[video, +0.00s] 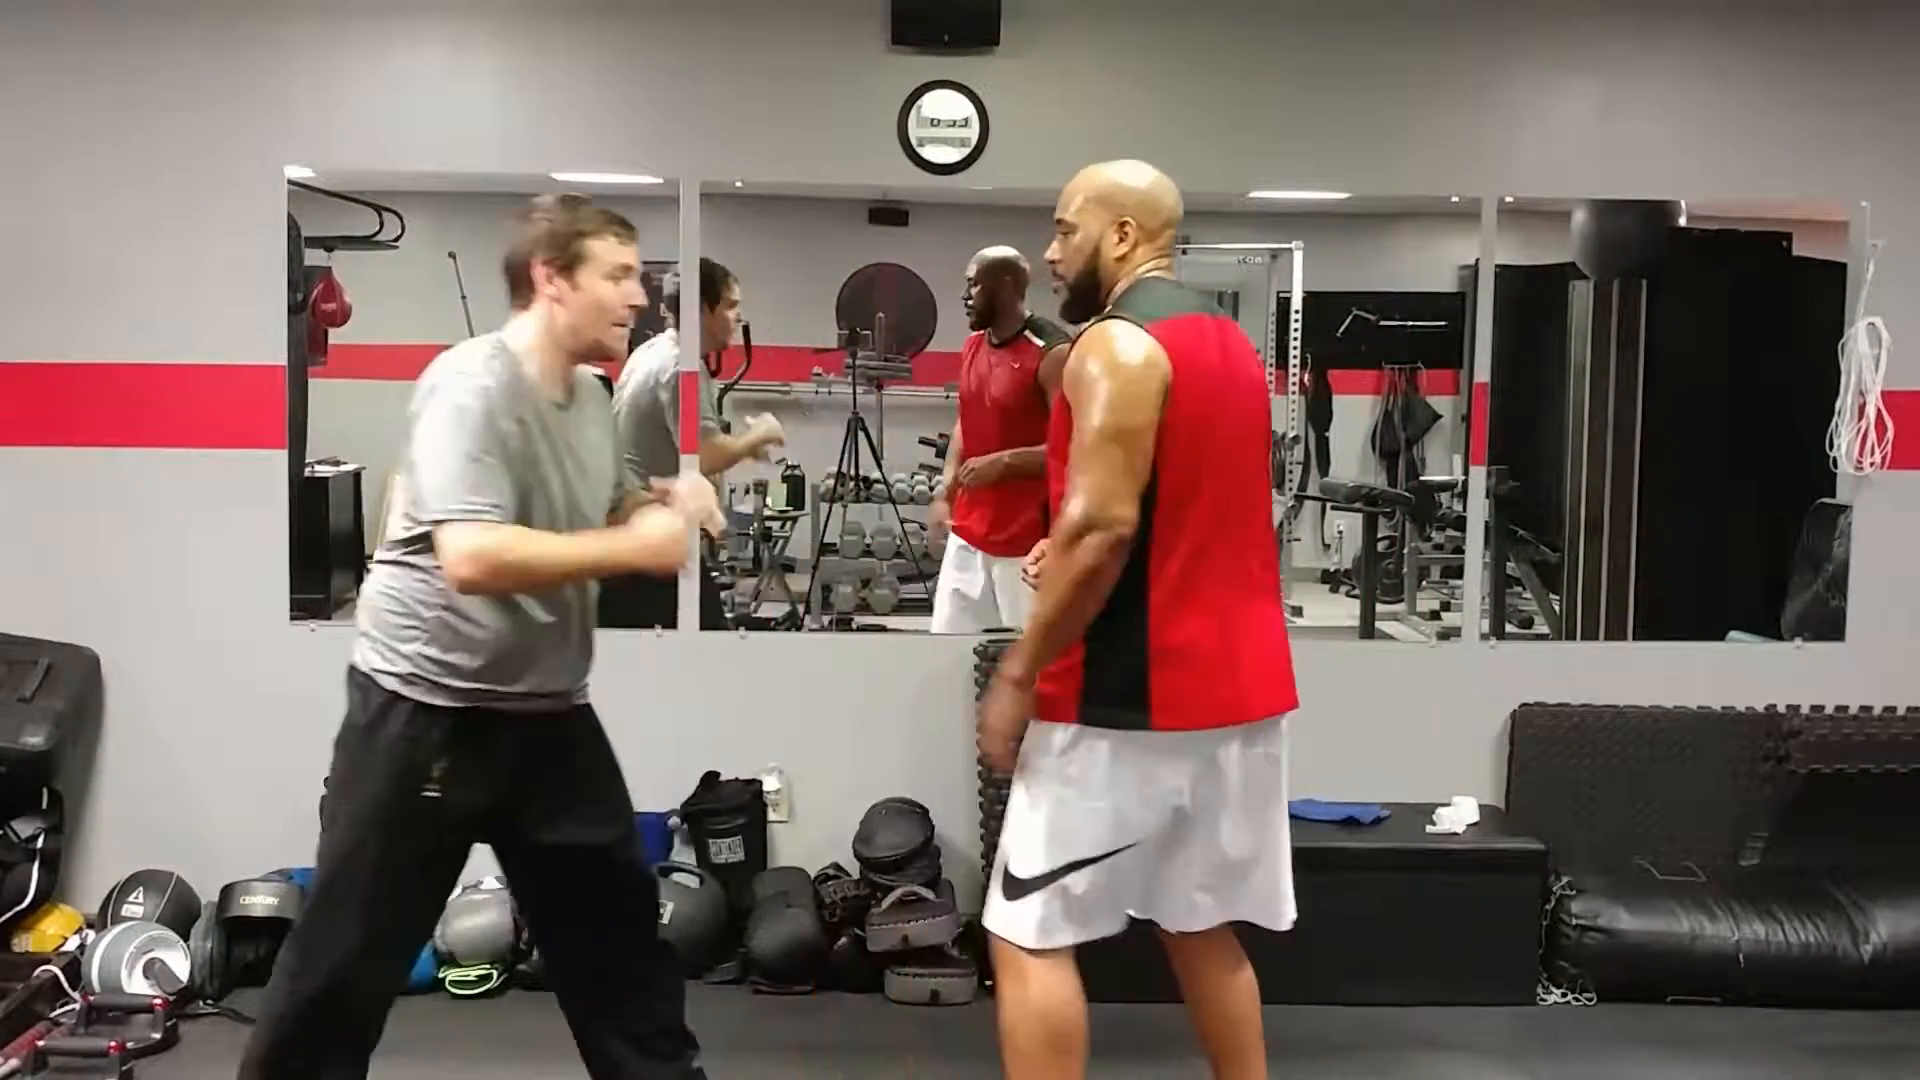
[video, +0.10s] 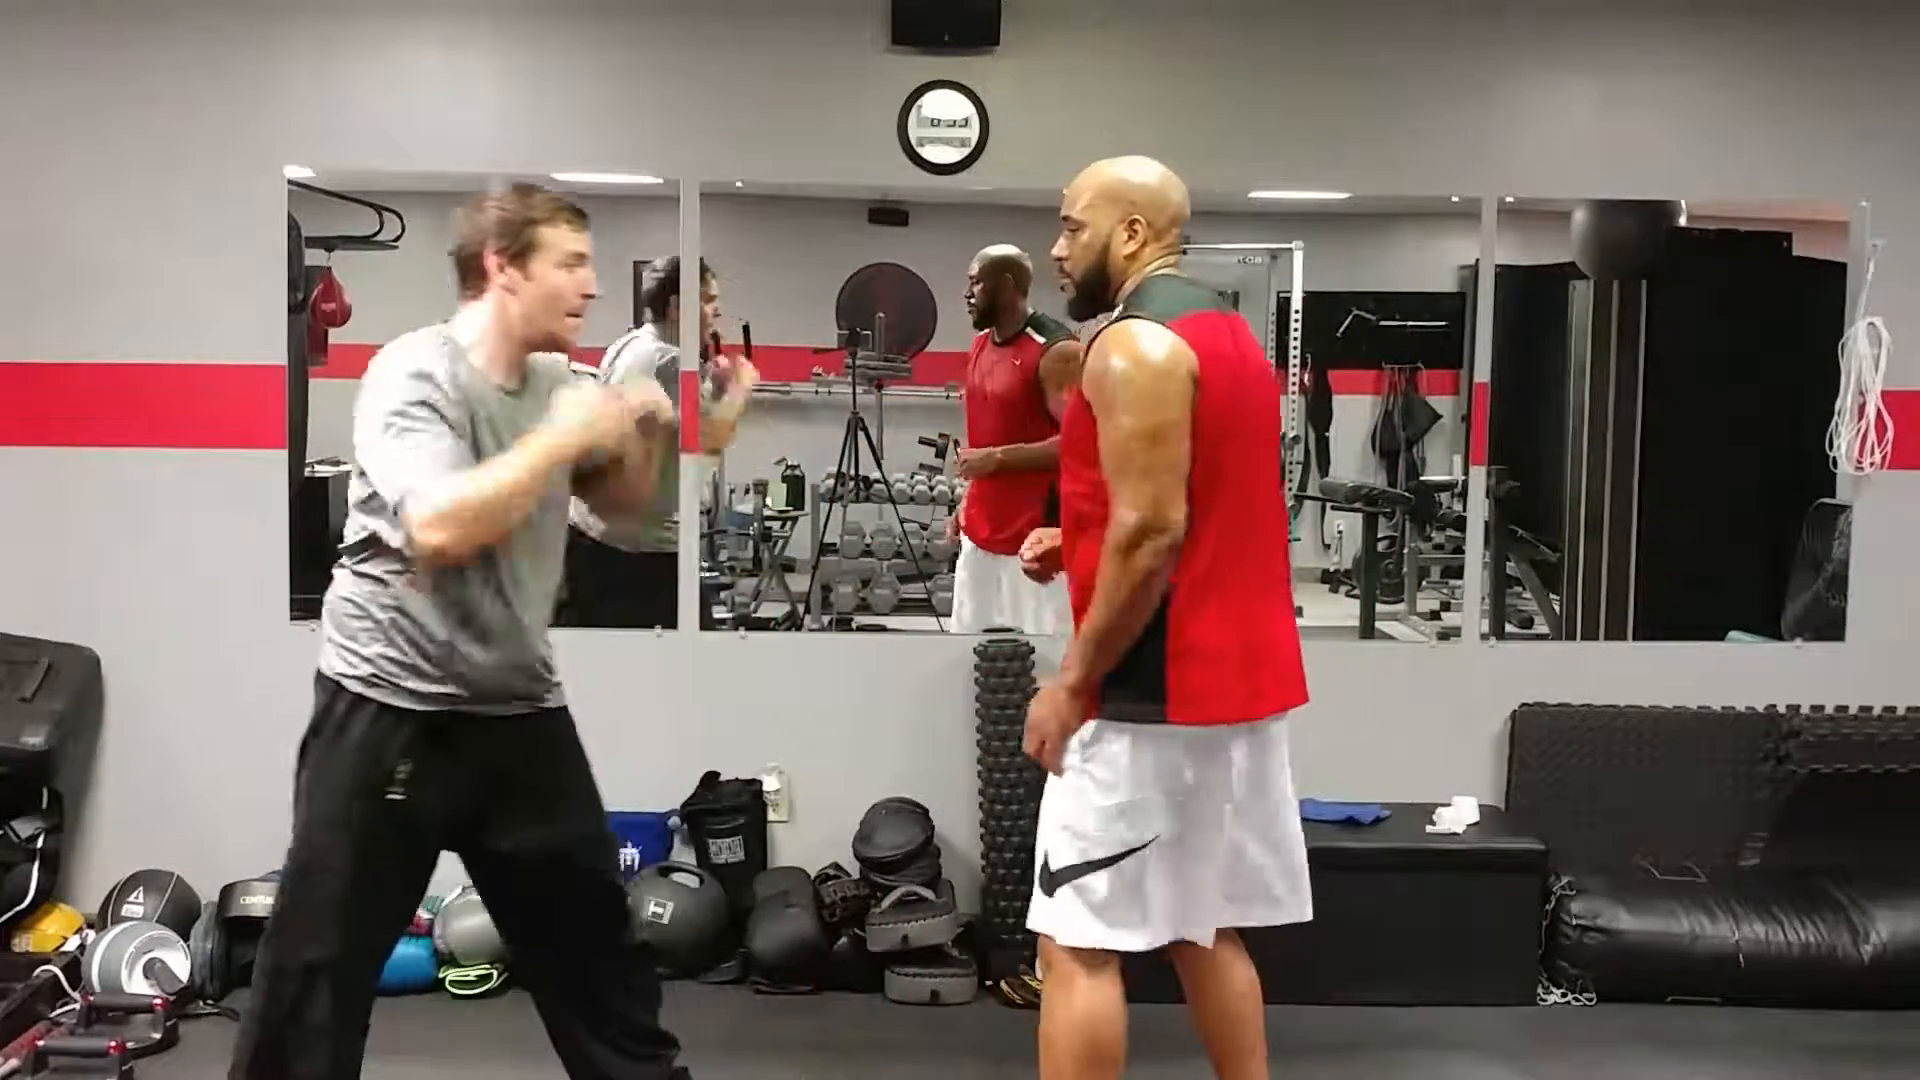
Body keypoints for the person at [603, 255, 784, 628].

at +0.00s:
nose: (738, 317)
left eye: (737, 306)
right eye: (731, 306)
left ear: (705, 309)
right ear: (704, 309)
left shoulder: (651, 354)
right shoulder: (681, 365)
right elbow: (705, 456)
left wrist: (742, 449)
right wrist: (754, 437)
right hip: (667, 539)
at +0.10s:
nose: (717, 311)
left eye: (716, 301)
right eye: (708, 300)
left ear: (671, 307)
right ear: (675, 307)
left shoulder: (625, 348)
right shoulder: (666, 361)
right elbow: (711, 437)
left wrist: (716, 386)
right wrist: (739, 390)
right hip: (647, 551)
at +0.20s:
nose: (705, 304)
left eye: (704, 292)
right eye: (696, 293)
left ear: (655, 300)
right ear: (668, 300)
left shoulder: (617, 343)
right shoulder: (665, 352)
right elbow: (735, 405)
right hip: (643, 541)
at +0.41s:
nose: (718, 324)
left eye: (716, 314)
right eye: (708, 313)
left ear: (666, 324)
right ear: (675, 323)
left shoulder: (624, 370)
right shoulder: (687, 374)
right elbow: (767, 416)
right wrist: (740, 347)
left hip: (613, 551)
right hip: (678, 557)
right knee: (750, 646)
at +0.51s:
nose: (755, 323)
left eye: (752, 313)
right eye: (745, 314)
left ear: (715, 325)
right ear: (714, 324)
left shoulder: (734, 377)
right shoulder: (693, 382)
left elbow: (785, 441)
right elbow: (782, 439)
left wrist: (768, 372)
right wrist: (770, 372)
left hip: (740, 559)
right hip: (713, 563)